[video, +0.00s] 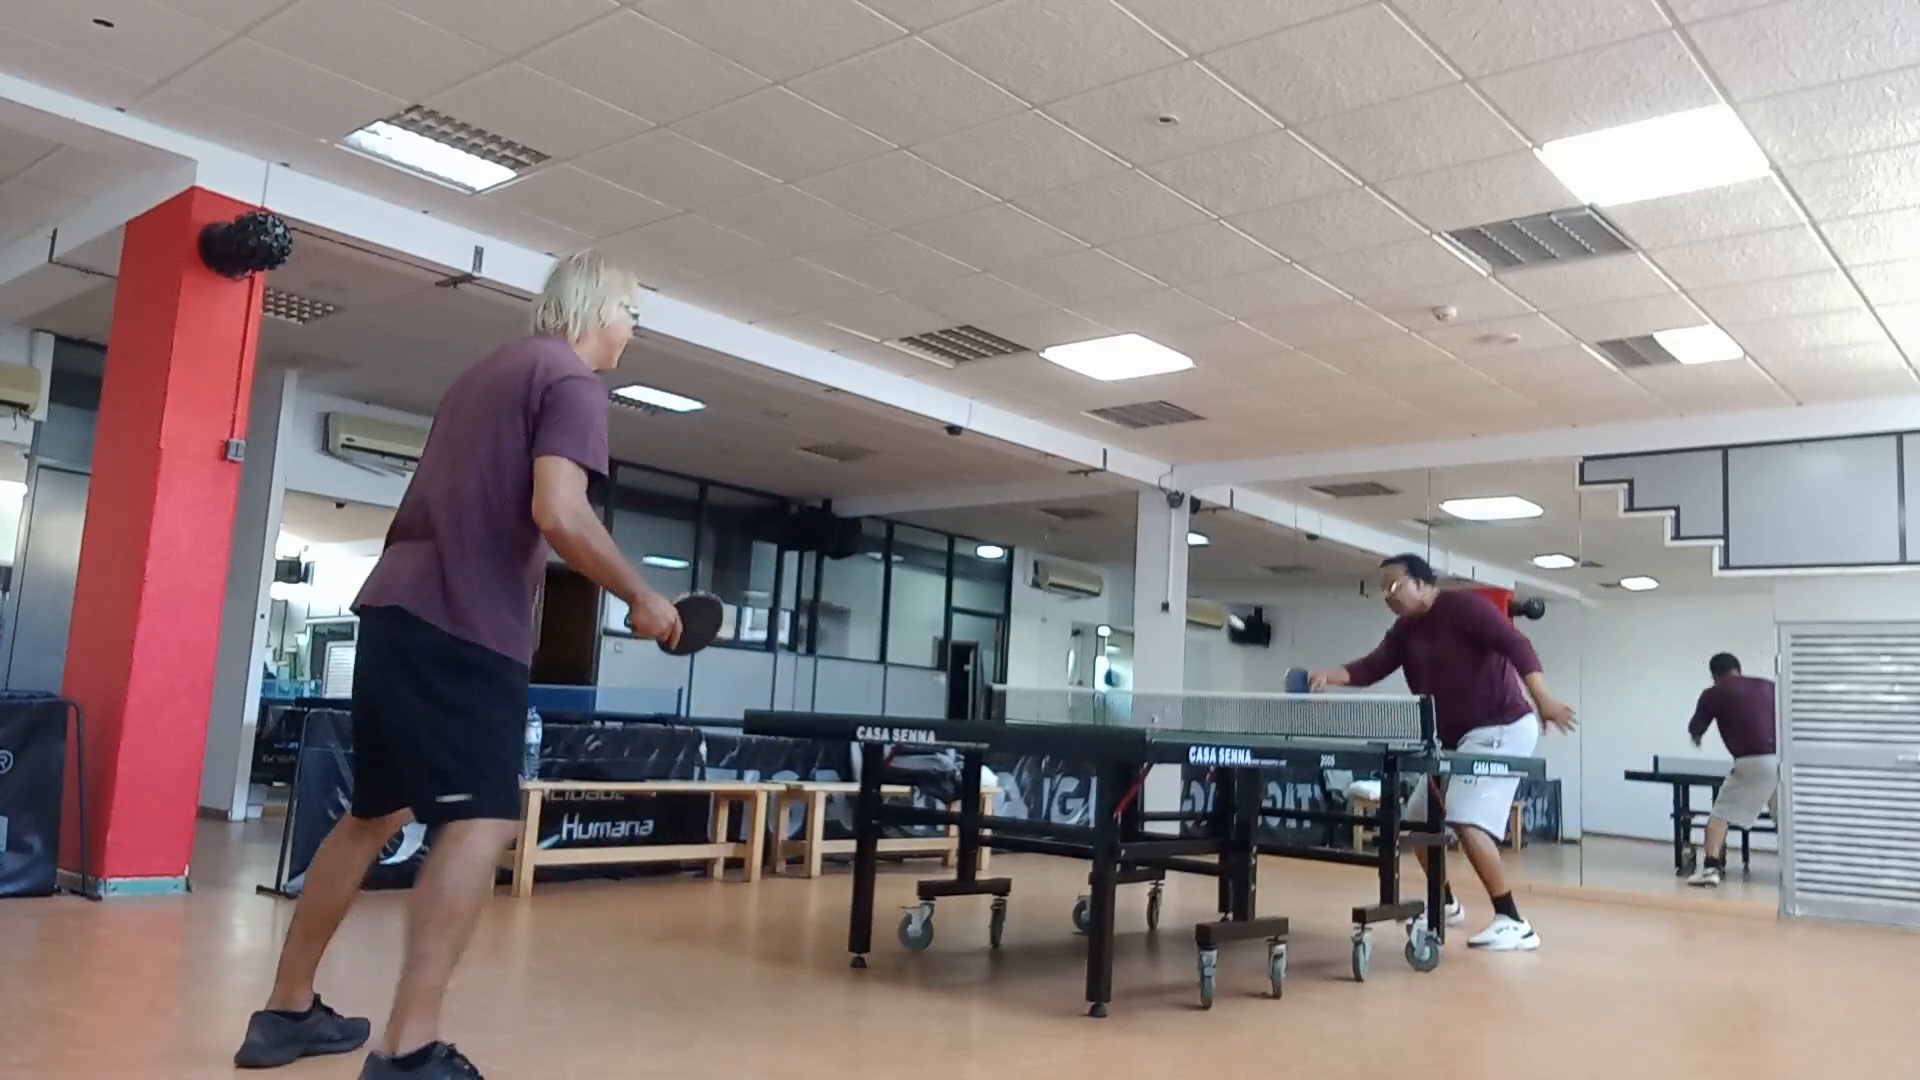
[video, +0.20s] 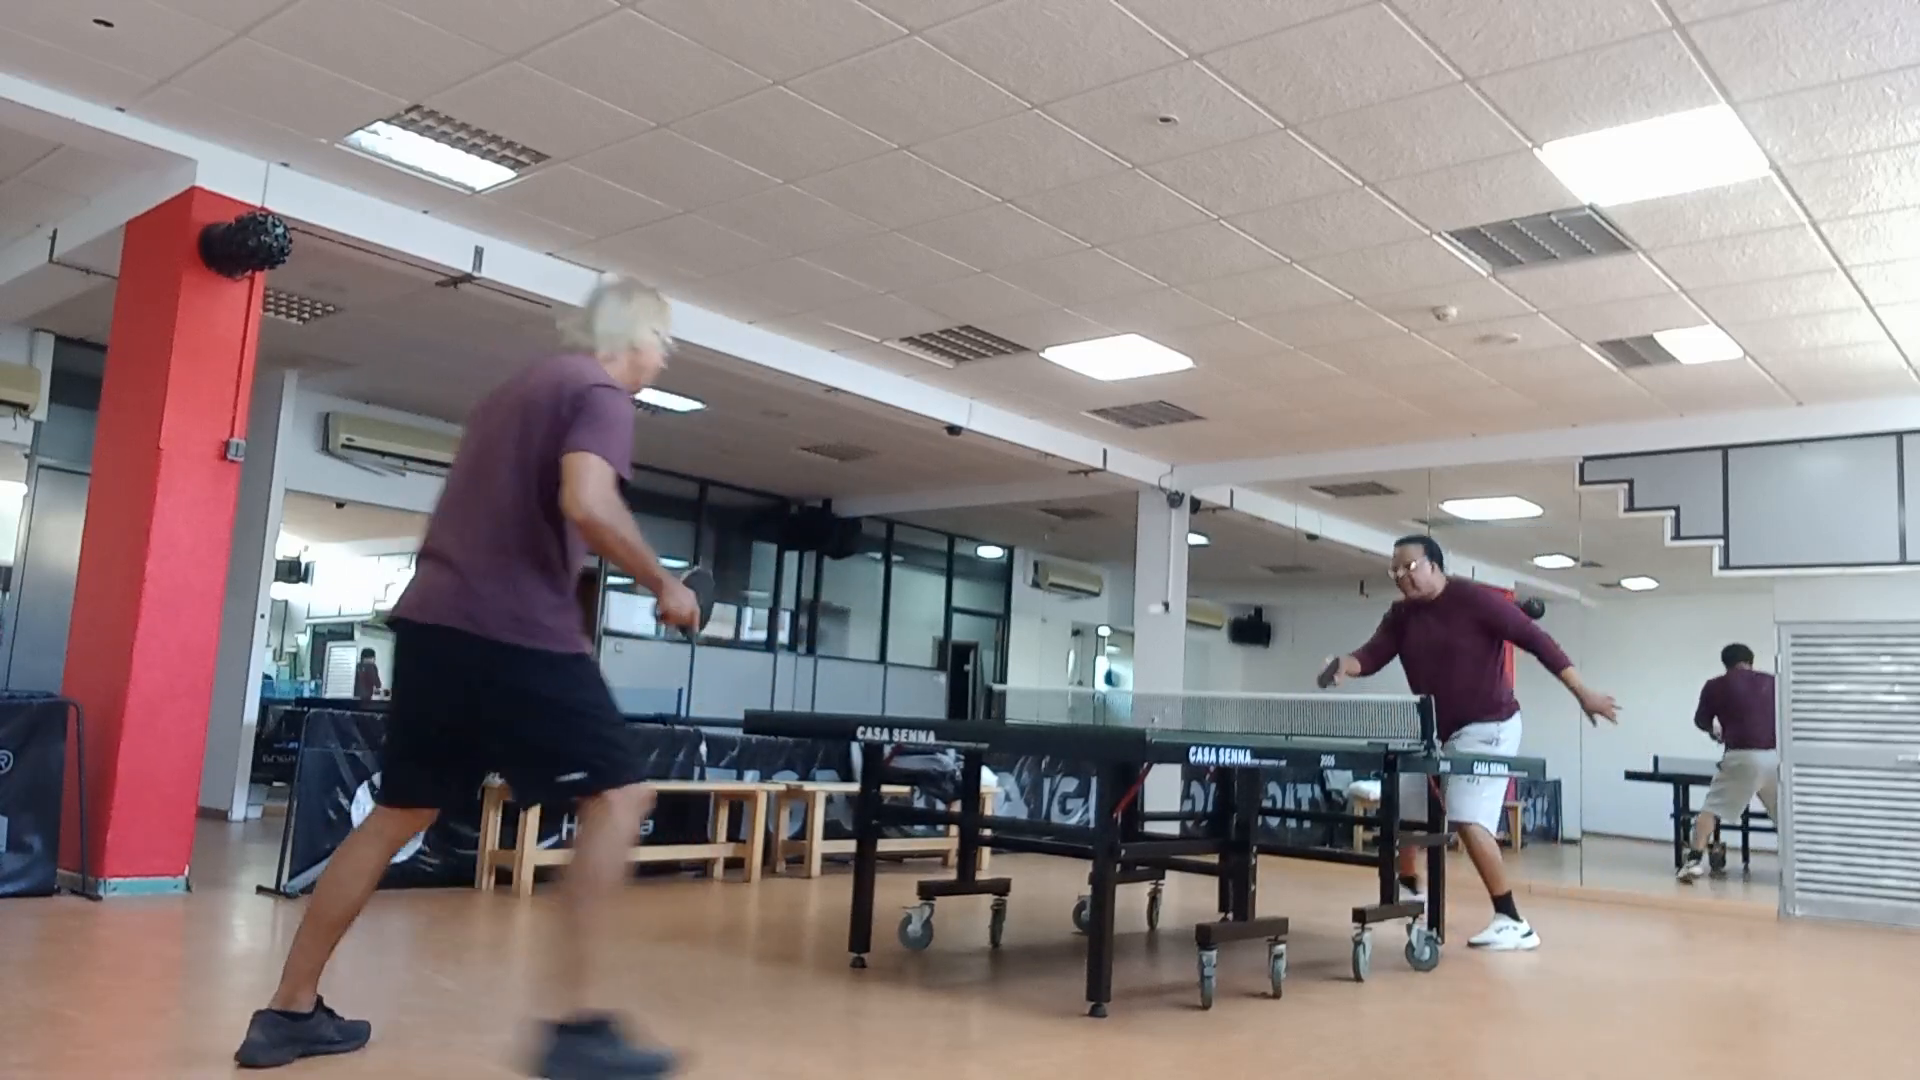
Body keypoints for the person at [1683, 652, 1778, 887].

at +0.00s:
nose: (1717, 682)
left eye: (1715, 678)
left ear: (1715, 675)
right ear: (1739, 669)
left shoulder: (1714, 693)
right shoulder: (1768, 686)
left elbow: (1696, 729)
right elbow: (1787, 713)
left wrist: (1696, 736)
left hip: (1752, 764)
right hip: (1784, 762)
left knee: (1719, 816)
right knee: (1786, 817)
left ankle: (1711, 867)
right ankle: (1798, 864)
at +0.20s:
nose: (1749, 668)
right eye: (1750, 665)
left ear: (1725, 665)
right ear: (1750, 663)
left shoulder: (1715, 686)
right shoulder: (1772, 682)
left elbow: (1702, 721)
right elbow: (1786, 711)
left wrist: (1715, 733)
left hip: (1740, 760)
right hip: (1774, 759)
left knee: (1711, 808)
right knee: (1786, 819)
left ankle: (1695, 859)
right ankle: (1799, 868)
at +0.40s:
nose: (1744, 665)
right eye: (1745, 662)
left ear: (1720, 660)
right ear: (1746, 660)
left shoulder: (1703, 681)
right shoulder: (1762, 680)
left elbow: (1687, 719)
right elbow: (1785, 712)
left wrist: (1700, 737)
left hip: (1719, 755)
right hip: (1757, 755)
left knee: (1699, 813)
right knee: (1779, 818)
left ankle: (1682, 867)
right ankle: (1798, 871)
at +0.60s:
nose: (1736, 663)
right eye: (1736, 659)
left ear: (1711, 658)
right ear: (1736, 658)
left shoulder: (1690, 679)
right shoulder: (1751, 677)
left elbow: (1676, 720)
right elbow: (1769, 715)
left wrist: (1687, 742)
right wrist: (1776, 738)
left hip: (1704, 749)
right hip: (1744, 749)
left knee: (1691, 812)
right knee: (1774, 811)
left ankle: (1681, 867)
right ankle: (1795, 864)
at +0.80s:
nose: (1735, 665)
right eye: (1736, 661)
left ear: (1711, 661)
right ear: (1737, 661)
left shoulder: (1692, 684)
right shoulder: (1753, 680)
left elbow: (1677, 725)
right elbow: (1776, 718)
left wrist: (1689, 752)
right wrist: (1788, 749)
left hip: (1707, 755)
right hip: (1747, 754)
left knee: (1693, 813)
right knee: (1774, 818)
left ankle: (1681, 867)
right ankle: (1792, 871)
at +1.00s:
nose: (1745, 666)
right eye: (1746, 663)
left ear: (1719, 661)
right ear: (1744, 662)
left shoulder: (1699, 684)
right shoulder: (1759, 682)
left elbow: (1685, 726)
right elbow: (1782, 721)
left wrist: (1699, 751)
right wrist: (1790, 752)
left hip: (1711, 753)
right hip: (1750, 753)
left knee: (1699, 812)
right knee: (1778, 816)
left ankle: (1681, 867)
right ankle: (1794, 875)